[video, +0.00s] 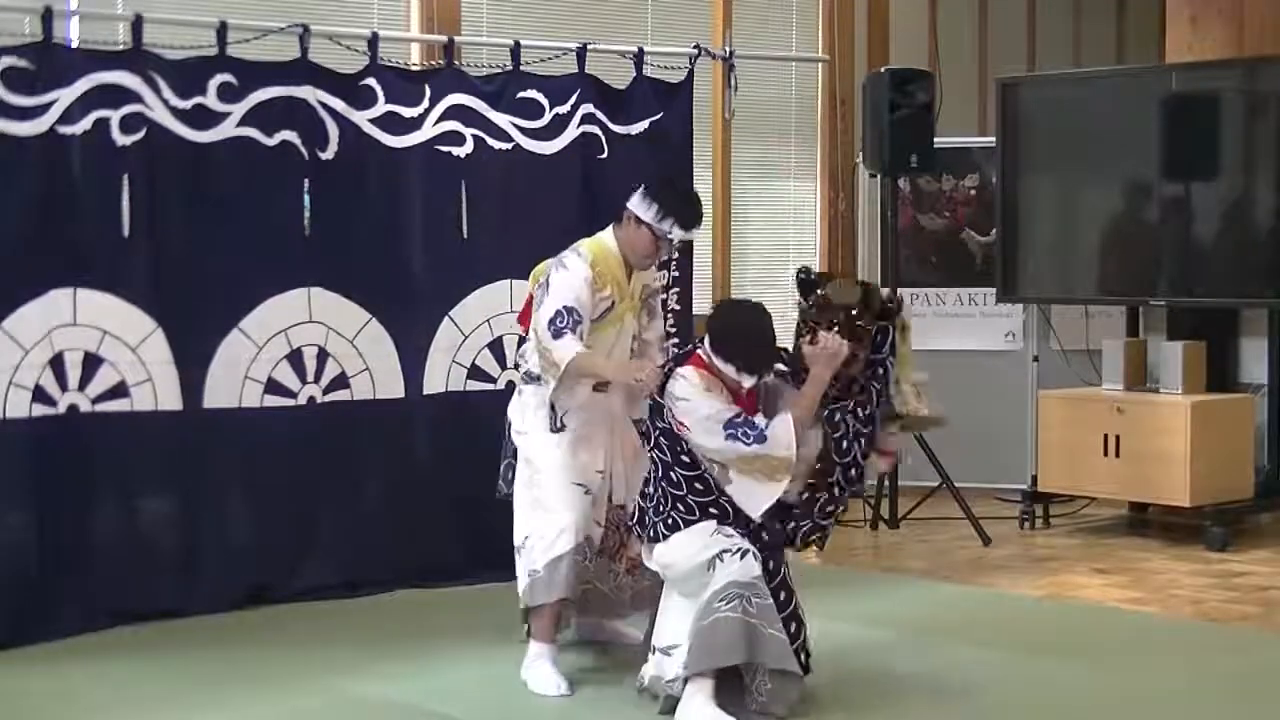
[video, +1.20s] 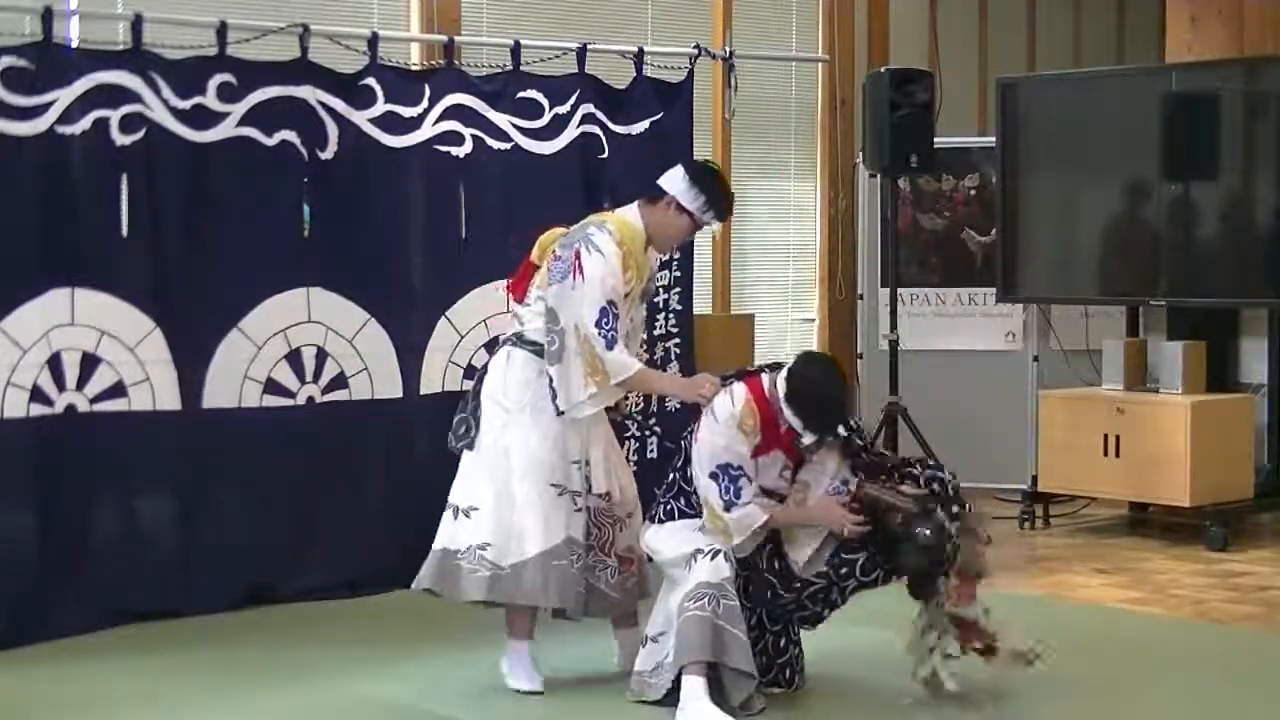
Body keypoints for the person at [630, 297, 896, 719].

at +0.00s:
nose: (746, 380)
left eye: (753, 372)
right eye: (739, 370)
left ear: (764, 355)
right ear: (714, 353)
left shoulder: (757, 377)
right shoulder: (687, 387)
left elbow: (792, 428)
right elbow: (765, 441)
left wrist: (822, 372)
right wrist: (818, 376)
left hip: (725, 516)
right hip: (679, 518)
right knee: (737, 564)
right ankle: (698, 694)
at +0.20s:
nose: (767, 383)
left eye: (775, 375)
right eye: (761, 374)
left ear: (783, 356)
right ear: (736, 357)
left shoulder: (768, 381)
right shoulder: (705, 390)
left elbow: (811, 454)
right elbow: (753, 456)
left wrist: (817, 389)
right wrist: (809, 416)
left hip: (742, 513)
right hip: (692, 516)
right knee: (742, 564)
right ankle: (698, 692)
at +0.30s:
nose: (776, 382)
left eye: (782, 373)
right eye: (770, 372)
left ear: (782, 361)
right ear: (744, 356)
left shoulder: (762, 379)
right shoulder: (709, 390)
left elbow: (798, 434)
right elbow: (747, 444)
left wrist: (819, 369)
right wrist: (808, 401)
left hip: (740, 517)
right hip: (693, 519)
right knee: (743, 563)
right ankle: (698, 693)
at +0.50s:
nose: (780, 385)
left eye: (789, 377)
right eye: (772, 376)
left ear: (801, 359)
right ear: (751, 358)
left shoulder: (793, 379)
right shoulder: (719, 385)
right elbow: (784, 454)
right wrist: (849, 403)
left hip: (744, 517)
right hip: (693, 512)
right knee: (736, 563)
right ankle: (698, 694)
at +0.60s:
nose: (788, 388)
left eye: (795, 379)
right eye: (781, 378)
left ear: (807, 363)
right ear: (758, 359)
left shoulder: (797, 379)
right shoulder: (722, 391)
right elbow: (778, 471)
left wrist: (847, 412)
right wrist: (841, 428)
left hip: (741, 511)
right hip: (691, 512)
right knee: (736, 565)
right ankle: (698, 695)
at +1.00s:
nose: (793, 417)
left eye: (804, 412)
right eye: (786, 408)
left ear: (818, 391)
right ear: (767, 381)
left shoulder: (811, 396)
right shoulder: (721, 396)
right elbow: (775, 475)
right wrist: (846, 442)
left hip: (746, 518)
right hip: (689, 516)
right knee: (723, 561)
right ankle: (696, 688)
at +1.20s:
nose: (816, 436)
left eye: (825, 428)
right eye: (808, 427)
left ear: (839, 402)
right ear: (784, 400)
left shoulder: (829, 411)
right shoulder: (731, 411)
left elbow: (837, 475)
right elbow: (736, 510)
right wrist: (811, 514)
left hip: (792, 533)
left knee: (882, 555)